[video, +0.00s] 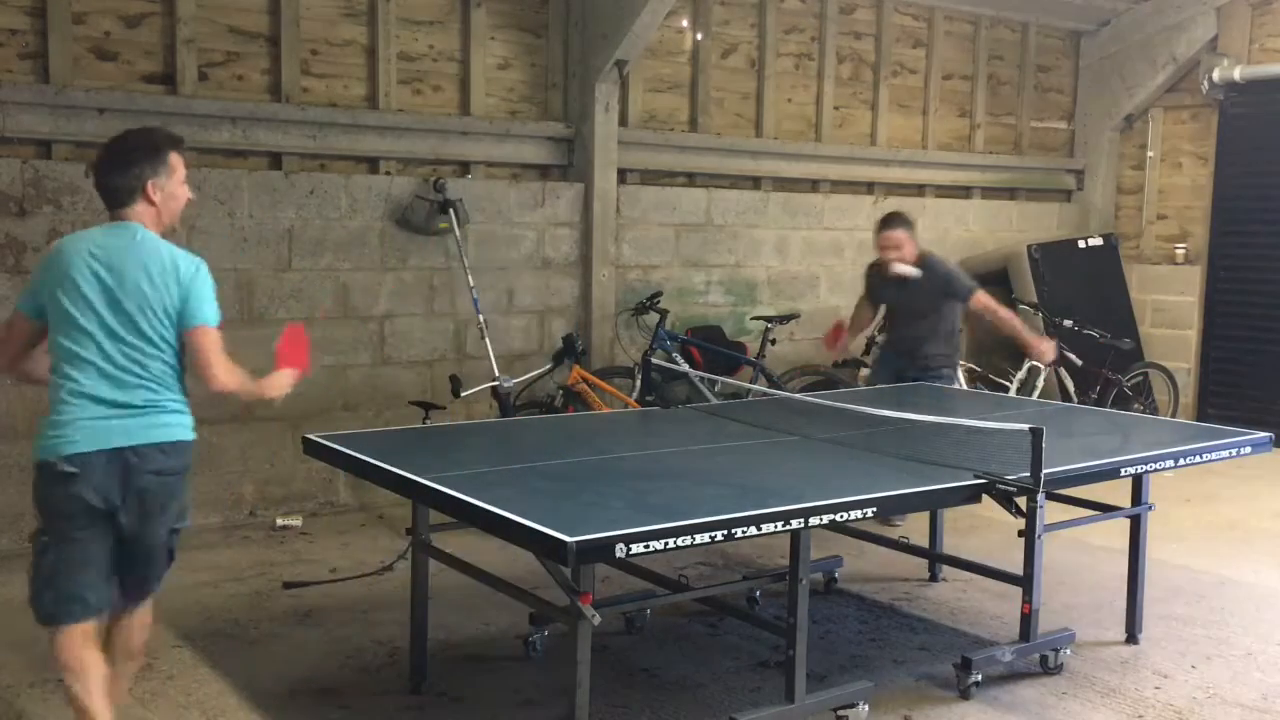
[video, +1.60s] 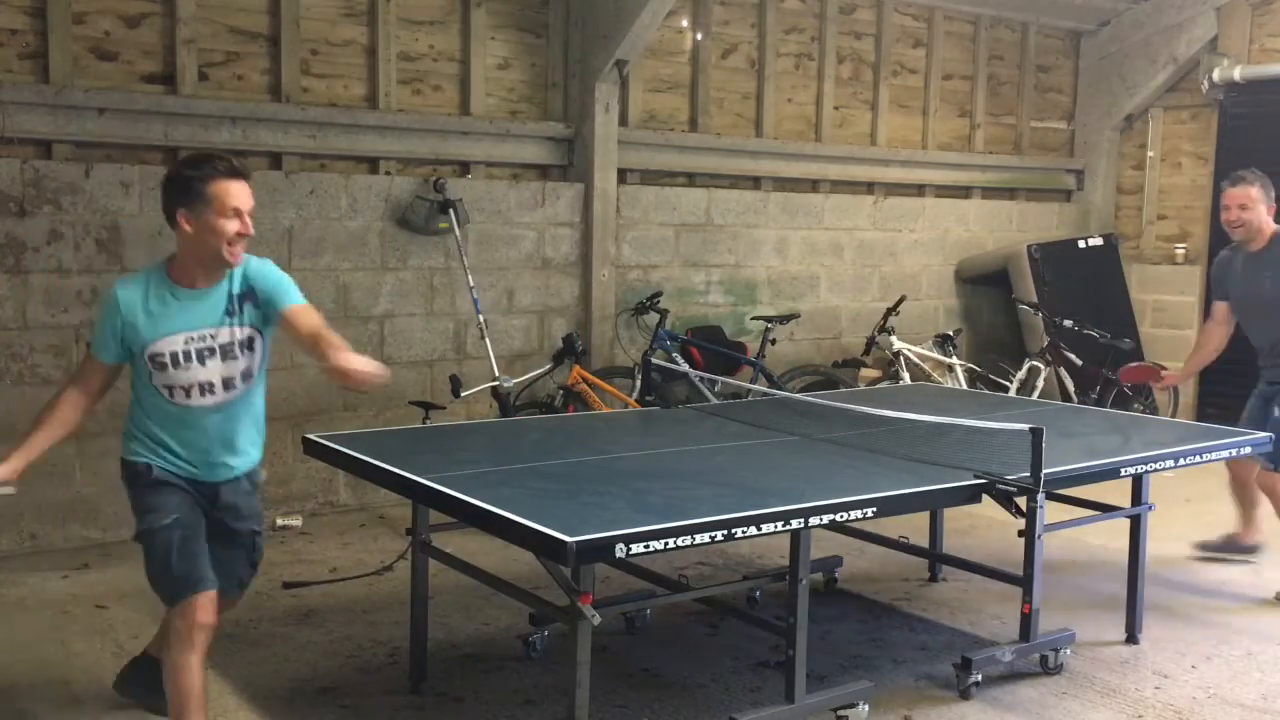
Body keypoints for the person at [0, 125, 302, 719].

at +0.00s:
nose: (189, 193)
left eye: (186, 179)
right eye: (181, 180)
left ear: (120, 191)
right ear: (151, 190)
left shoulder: (63, 256)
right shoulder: (186, 268)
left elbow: (14, 359)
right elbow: (214, 375)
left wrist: (78, 370)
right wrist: (264, 387)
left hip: (72, 455)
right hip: (159, 451)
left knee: (72, 619)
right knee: (137, 598)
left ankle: (98, 712)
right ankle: (108, 706)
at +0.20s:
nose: (171, 167)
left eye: (168, 154)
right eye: (162, 154)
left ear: (112, 167)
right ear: (125, 165)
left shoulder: (40, 235)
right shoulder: (140, 239)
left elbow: (10, 336)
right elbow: (138, 347)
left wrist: (52, 369)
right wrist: (181, 384)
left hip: (34, 412)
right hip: (101, 416)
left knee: (72, 540)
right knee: (113, 572)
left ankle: (21, 666)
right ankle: (92, 709)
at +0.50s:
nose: (137, 190)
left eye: (133, 177)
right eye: (125, 179)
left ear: (90, 193)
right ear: (90, 192)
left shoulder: (72, 254)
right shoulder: (68, 263)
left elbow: (62, 359)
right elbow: (50, 367)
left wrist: (120, 397)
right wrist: (129, 400)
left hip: (53, 427)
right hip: (52, 432)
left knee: (77, 535)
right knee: (111, 564)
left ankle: (23, 645)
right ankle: (45, 699)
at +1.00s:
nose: (158, 187)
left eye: (152, 176)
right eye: (144, 178)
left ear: (118, 196)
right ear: (108, 196)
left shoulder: (142, 274)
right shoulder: (67, 263)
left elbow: (162, 359)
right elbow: (32, 363)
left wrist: (198, 389)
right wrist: (115, 399)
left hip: (94, 431)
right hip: (43, 428)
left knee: (74, 545)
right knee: (93, 562)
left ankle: (22, 646)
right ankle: (95, 703)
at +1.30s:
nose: (198, 178)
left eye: (199, 167)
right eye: (184, 167)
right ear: (140, 178)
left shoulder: (200, 247)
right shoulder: (89, 255)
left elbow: (233, 330)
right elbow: (55, 361)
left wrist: (256, 383)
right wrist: (112, 411)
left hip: (169, 429)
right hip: (100, 430)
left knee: (173, 551)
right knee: (119, 573)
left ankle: (83, 641)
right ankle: (105, 708)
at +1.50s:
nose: (228, 208)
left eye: (230, 194)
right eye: (215, 195)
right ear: (168, 198)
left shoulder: (239, 259)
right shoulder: (111, 277)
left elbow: (283, 322)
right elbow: (80, 375)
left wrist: (279, 343)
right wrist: (48, 458)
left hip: (218, 448)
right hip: (144, 449)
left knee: (222, 569)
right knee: (169, 587)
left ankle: (146, 667)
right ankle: (163, 711)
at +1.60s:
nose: (248, 229)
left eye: (249, 215)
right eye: (233, 215)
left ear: (249, 218)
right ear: (185, 222)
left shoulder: (260, 279)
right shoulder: (130, 300)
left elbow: (313, 328)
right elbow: (84, 390)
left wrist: (340, 356)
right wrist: (14, 463)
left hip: (238, 473)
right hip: (162, 470)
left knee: (216, 600)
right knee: (196, 612)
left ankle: (148, 670)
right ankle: (185, 710)